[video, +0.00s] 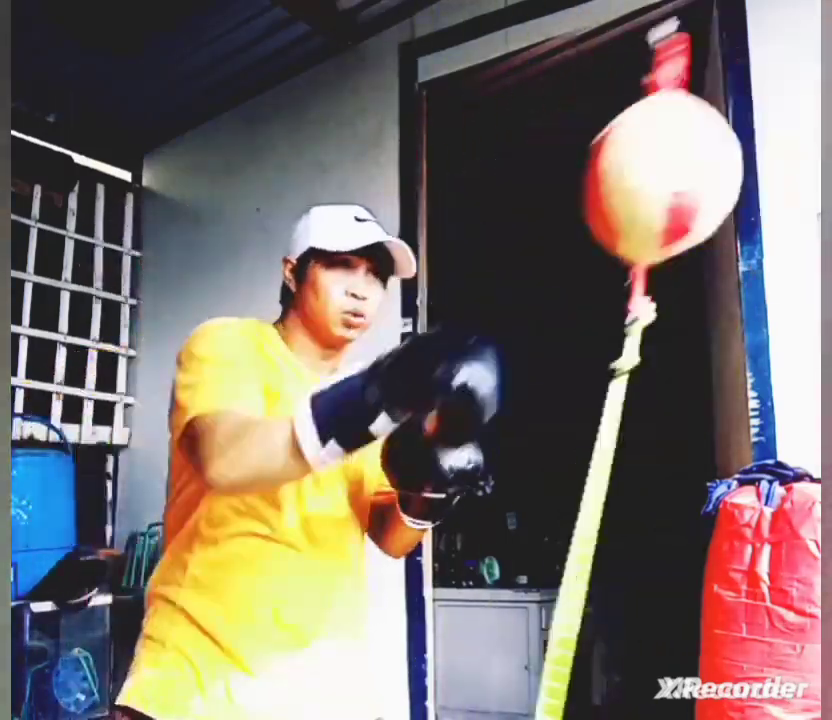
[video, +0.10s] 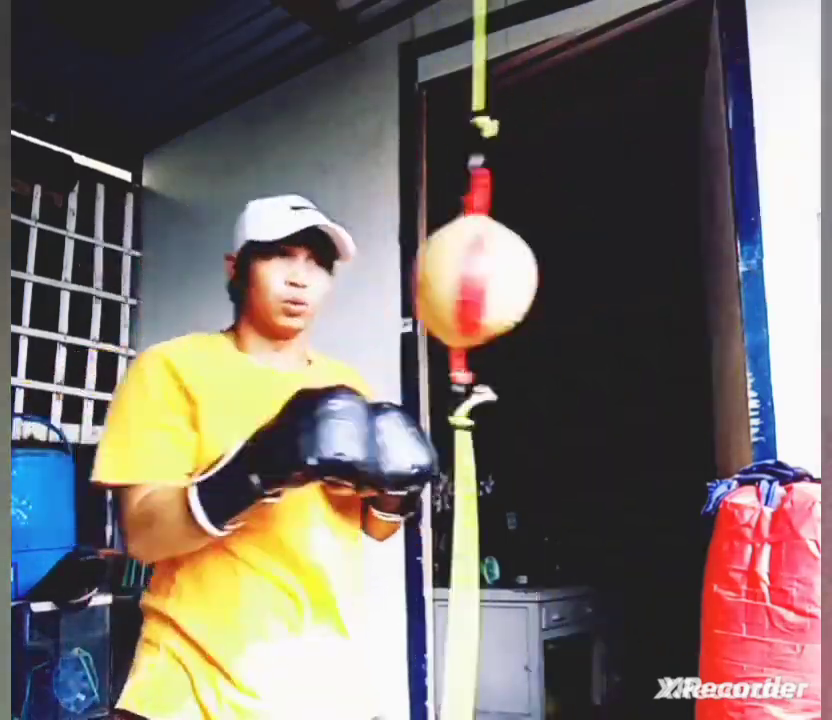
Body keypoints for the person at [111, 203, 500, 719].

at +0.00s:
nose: (362, 290)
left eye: (375, 275)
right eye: (342, 267)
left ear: (387, 292)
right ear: (293, 273)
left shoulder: (371, 398)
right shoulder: (226, 343)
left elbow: (393, 541)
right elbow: (223, 461)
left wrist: (425, 494)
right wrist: (373, 397)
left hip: (331, 674)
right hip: (204, 666)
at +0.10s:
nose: (300, 276)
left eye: (317, 261)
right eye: (280, 255)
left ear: (329, 280)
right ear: (236, 267)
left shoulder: (347, 388)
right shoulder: (170, 370)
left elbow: (378, 528)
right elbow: (145, 534)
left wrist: (395, 493)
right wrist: (256, 467)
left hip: (328, 687)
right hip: (197, 683)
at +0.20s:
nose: (227, 289)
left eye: (246, 273)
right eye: (206, 268)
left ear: (263, 289)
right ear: (168, 280)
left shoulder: (306, 386)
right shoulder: (113, 400)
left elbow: (353, 522)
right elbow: (122, 556)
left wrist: (348, 461)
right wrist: (197, 446)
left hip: (318, 691)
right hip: (180, 691)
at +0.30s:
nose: (207, 304)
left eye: (225, 289)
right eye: (188, 284)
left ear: (241, 304)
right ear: (146, 296)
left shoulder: (282, 401)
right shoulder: (94, 408)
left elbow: (342, 522)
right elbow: (117, 546)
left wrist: (333, 445)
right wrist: (179, 416)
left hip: (299, 693)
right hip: (162, 694)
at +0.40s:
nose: (212, 304)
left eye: (229, 292)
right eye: (190, 289)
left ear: (245, 307)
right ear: (147, 299)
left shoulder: (287, 401)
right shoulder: (91, 408)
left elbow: (334, 534)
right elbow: (120, 531)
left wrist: (342, 461)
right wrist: (176, 397)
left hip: (287, 696)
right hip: (153, 698)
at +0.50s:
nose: (220, 311)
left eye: (239, 296)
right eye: (200, 289)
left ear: (257, 305)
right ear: (159, 293)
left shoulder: (311, 390)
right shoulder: (105, 409)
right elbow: (116, 543)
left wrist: (399, 434)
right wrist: (177, 416)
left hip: (312, 697)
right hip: (169, 699)